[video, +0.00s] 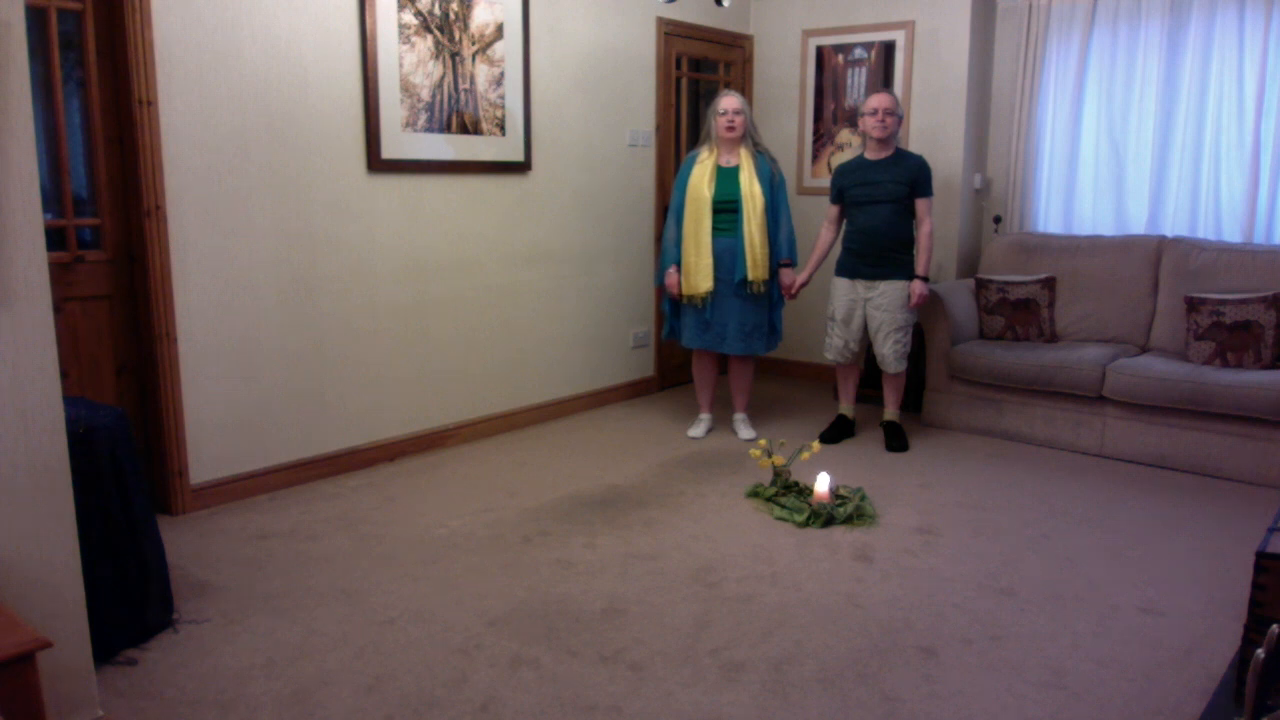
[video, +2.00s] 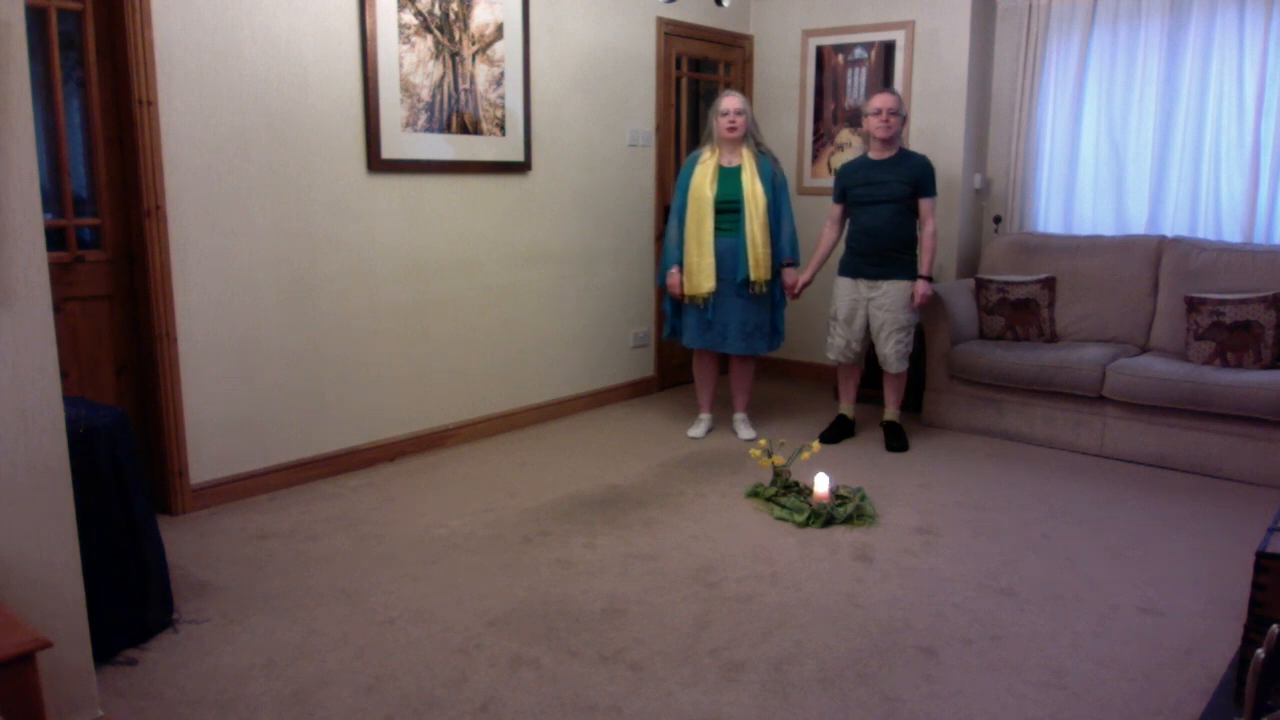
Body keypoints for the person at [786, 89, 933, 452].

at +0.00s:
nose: (881, 118)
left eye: (888, 113)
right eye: (873, 113)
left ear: (900, 121)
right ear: (860, 122)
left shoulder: (914, 166)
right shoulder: (844, 172)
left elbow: (924, 224)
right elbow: (830, 227)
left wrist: (921, 276)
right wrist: (806, 273)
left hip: (895, 279)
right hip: (849, 276)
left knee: (893, 355)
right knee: (844, 349)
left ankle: (892, 419)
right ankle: (845, 415)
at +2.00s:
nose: (885, 119)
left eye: (892, 113)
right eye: (877, 113)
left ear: (903, 120)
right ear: (864, 121)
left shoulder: (918, 166)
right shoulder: (848, 172)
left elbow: (928, 224)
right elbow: (833, 226)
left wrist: (924, 276)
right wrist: (809, 272)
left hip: (898, 279)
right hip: (852, 277)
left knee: (894, 355)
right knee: (846, 349)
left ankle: (892, 419)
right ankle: (845, 416)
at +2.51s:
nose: (887, 119)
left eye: (894, 113)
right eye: (879, 113)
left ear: (906, 120)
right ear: (867, 122)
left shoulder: (921, 167)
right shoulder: (851, 172)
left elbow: (930, 225)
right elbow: (836, 226)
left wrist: (927, 277)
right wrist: (812, 273)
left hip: (900, 279)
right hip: (855, 276)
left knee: (896, 355)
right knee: (847, 350)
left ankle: (892, 420)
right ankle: (844, 416)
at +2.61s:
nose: (889, 119)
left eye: (896, 113)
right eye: (881, 113)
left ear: (907, 121)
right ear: (868, 122)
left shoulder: (923, 167)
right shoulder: (854, 172)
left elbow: (932, 226)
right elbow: (839, 227)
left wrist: (928, 277)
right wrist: (814, 273)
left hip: (902, 279)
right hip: (857, 277)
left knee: (897, 355)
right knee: (848, 349)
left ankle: (892, 419)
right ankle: (845, 416)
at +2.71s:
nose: (890, 119)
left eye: (897, 113)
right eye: (882, 114)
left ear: (909, 121)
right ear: (869, 122)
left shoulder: (924, 167)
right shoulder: (856, 171)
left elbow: (934, 225)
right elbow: (840, 227)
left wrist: (930, 277)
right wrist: (814, 274)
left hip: (903, 279)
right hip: (858, 276)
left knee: (898, 355)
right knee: (849, 349)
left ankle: (892, 420)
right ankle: (845, 416)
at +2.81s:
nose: (889, 119)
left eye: (897, 113)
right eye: (882, 114)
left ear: (909, 121)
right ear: (869, 122)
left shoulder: (925, 167)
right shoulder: (856, 172)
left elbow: (934, 226)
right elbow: (840, 227)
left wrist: (932, 278)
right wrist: (814, 273)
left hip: (903, 280)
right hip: (858, 277)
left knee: (898, 356)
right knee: (846, 349)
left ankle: (892, 420)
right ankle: (844, 415)